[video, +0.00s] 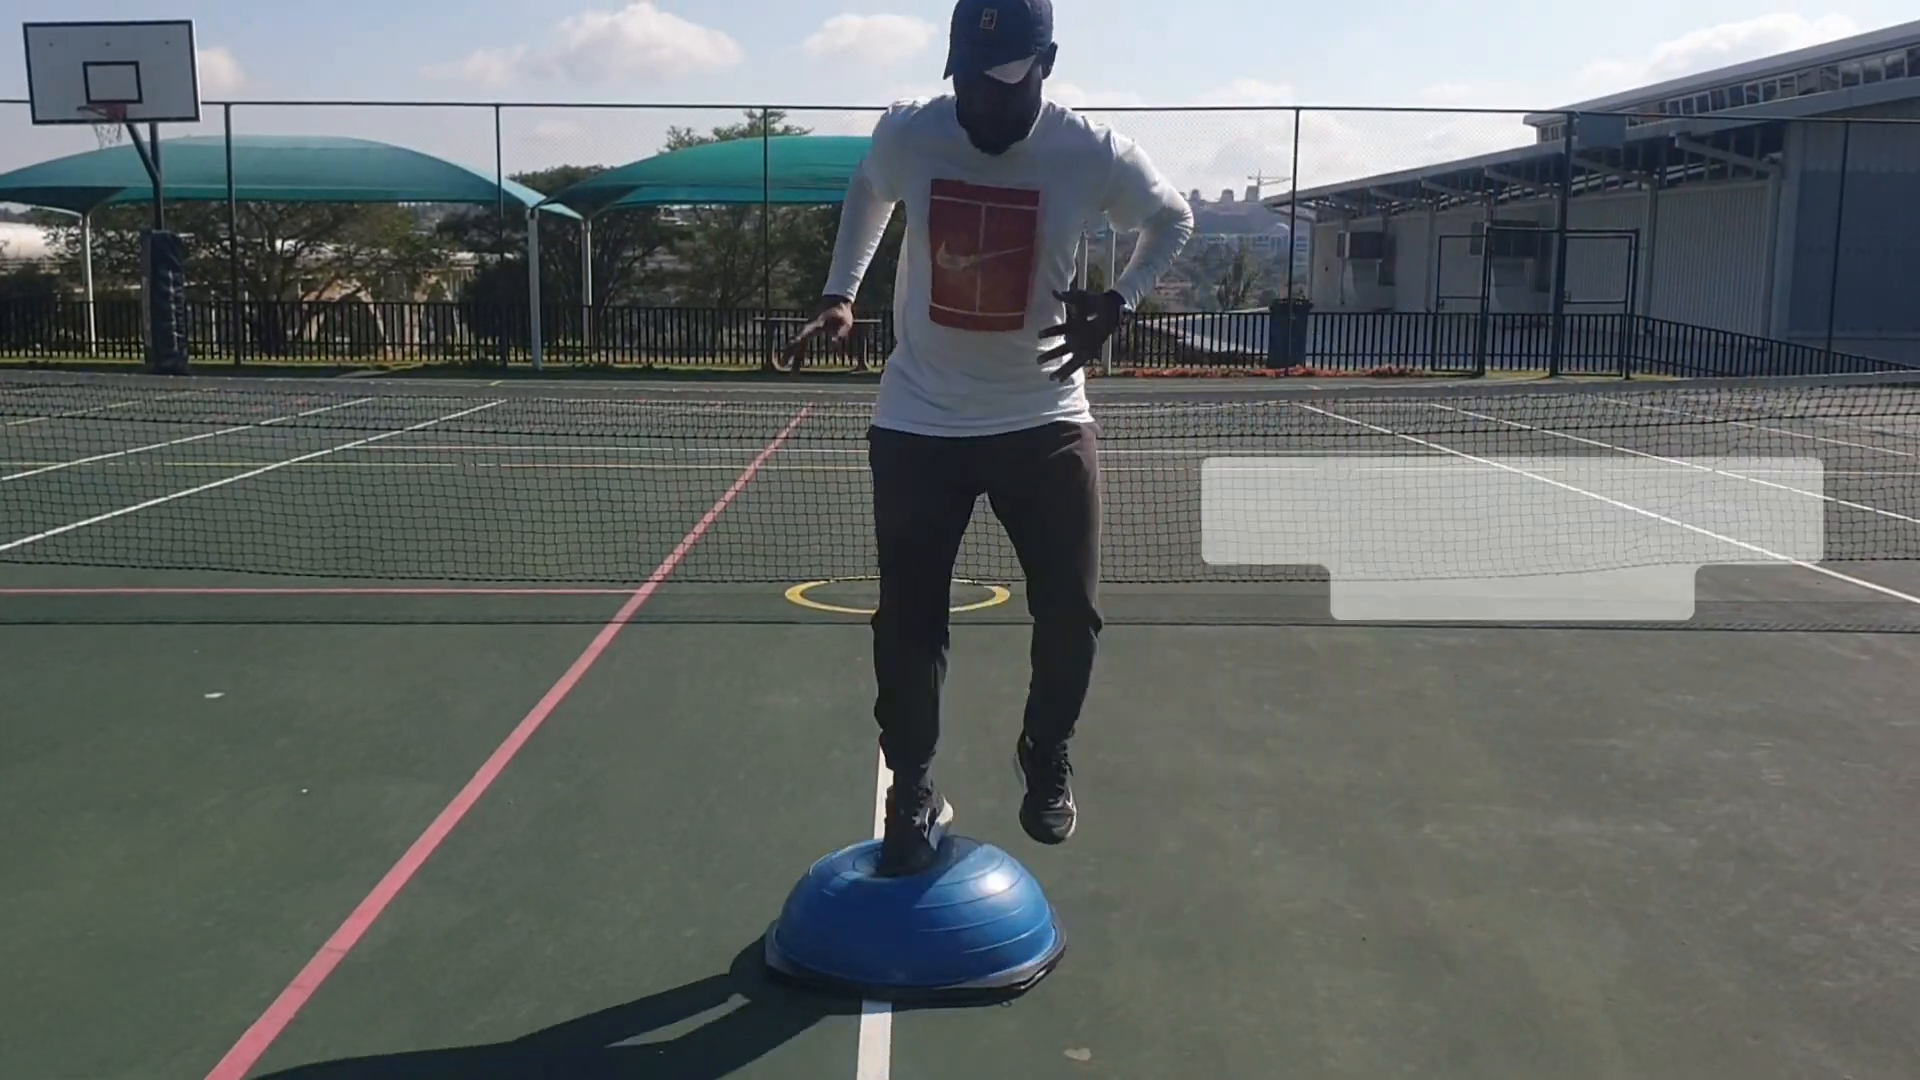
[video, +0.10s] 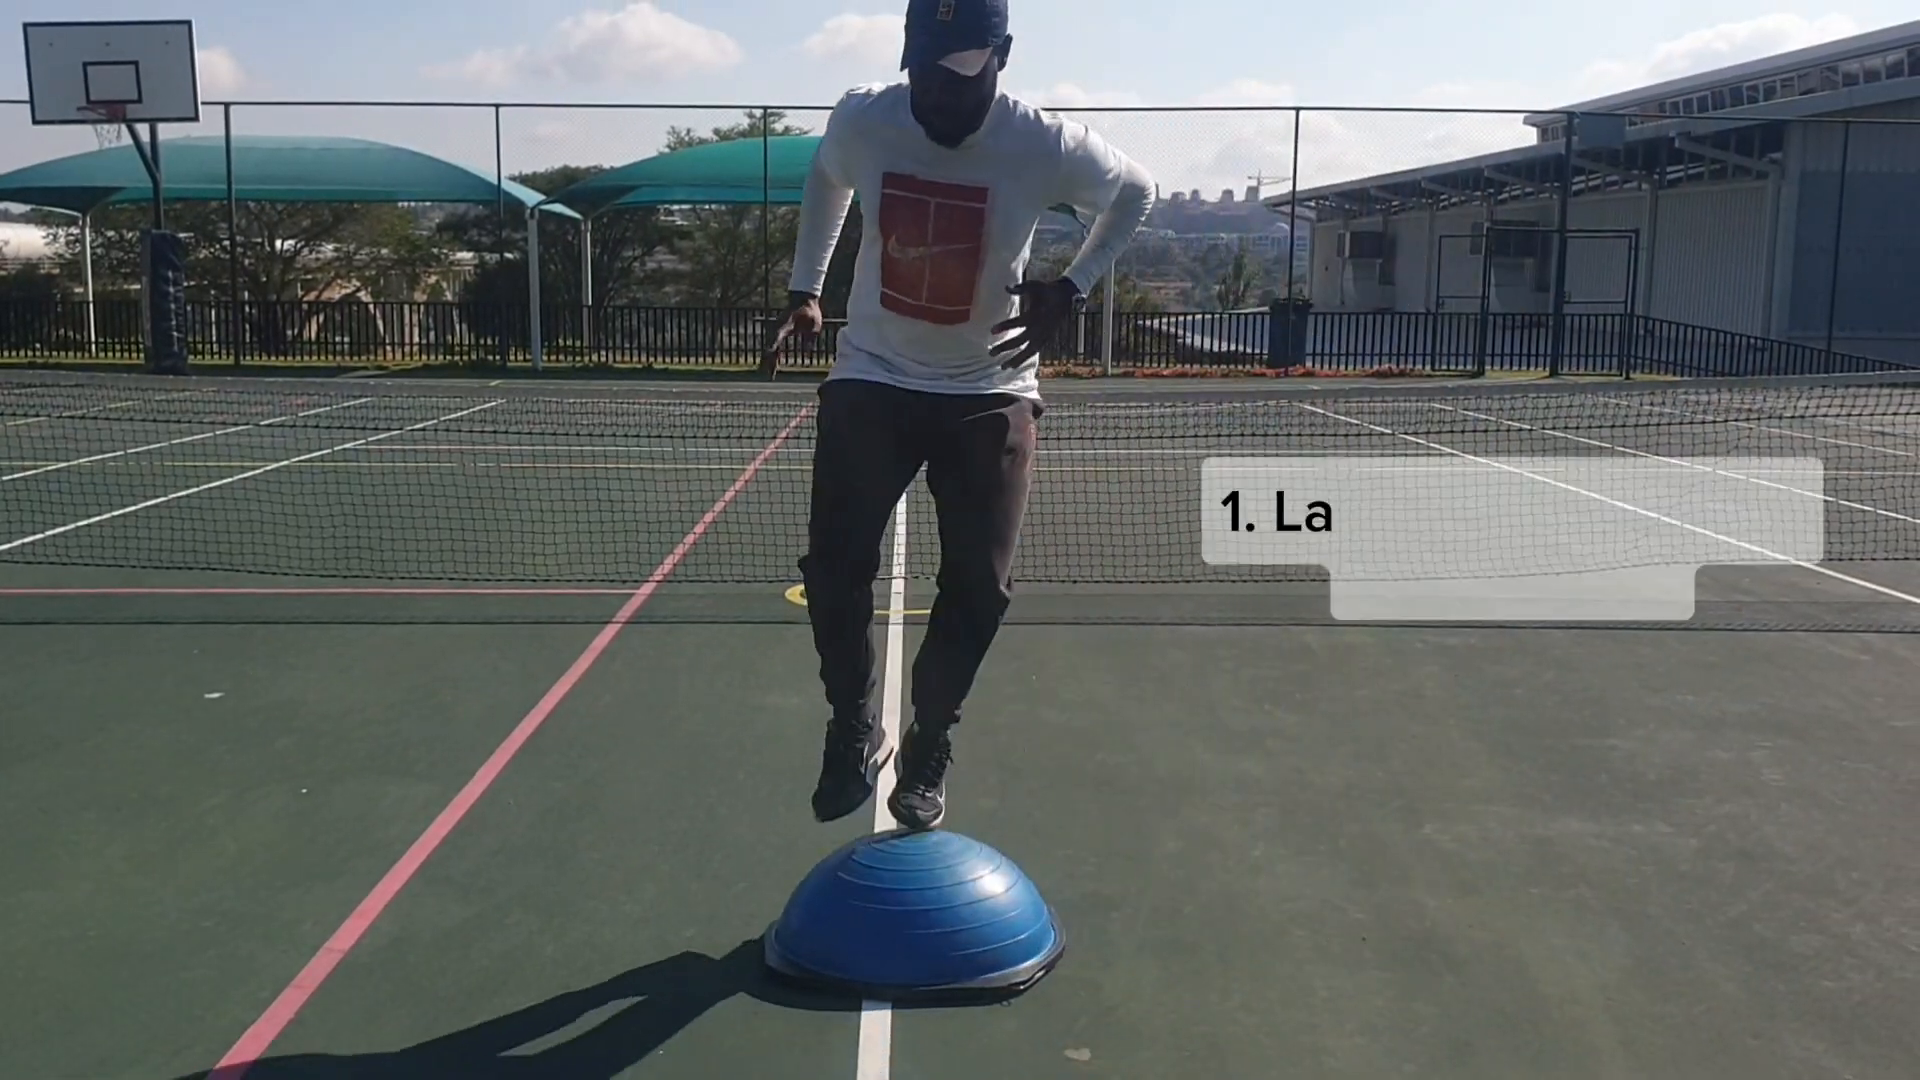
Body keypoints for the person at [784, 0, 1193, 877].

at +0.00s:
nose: (983, 99)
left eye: (1003, 81)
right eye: (971, 80)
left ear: (1041, 66)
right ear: (954, 64)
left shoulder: (1085, 152)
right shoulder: (906, 134)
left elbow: (1173, 218)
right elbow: (871, 194)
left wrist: (1118, 301)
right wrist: (841, 290)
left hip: (1043, 419)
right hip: (919, 419)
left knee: (1070, 608)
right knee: (908, 613)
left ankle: (1048, 761)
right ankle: (912, 795)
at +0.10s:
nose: (941, 95)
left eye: (961, 79)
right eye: (929, 74)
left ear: (998, 61)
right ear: (908, 55)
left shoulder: (1040, 144)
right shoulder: (861, 123)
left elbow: (1133, 191)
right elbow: (828, 183)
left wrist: (1074, 283)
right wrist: (806, 290)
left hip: (989, 388)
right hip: (873, 376)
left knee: (981, 583)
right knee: (834, 565)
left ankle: (930, 742)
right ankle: (852, 724)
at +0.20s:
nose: (911, 117)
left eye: (929, 97)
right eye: (893, 96)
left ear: (956, 77)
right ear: (863, 78)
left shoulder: (1001, 165)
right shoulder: (817, 142)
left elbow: (1083, 206)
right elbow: (791, 202)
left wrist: (1019, 298)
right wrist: (771, 301)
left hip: (937, 421)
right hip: (823, 398)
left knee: (910, 626)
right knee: (749, 592)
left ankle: (883, 811)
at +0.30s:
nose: (866, 172)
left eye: (886, 152)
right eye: (850, 149)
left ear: (916, 141)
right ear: (823, 136)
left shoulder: (961, 226)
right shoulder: (776, 200)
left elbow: (1011, 266)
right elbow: (756, 262)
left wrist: (962, 346)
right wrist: (740, 353)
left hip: (893, 473)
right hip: (771, 473)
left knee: (921, 651)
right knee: (692, 668)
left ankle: (885, 796)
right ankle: (630, 837)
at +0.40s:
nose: (842, 233)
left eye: (859, 216)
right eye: (825, 213)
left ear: (884, 211)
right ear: (795, 207)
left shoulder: (925, 308)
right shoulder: (730, 293)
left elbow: (929, 383)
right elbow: (679, 379)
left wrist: (908, 427)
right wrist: (663, 489)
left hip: (861, 521)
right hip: (742, 523)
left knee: (914, 639)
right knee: (678, 689)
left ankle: (888, 787)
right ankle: (630, 851)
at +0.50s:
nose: (853, 216)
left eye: (869, 197)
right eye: (835, 198)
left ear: (891, 192)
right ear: (804, 195)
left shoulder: (932, 282)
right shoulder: (744, 286)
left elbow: (987, 365)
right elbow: (676, 385)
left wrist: (960, 390)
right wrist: (681, 439)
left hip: (875, 507)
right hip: (756, 512)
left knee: (917, 653)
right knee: (689, 687)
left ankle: (890, 808)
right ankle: (630, 851)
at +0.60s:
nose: (891, 138)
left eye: (907, 119)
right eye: (874, 120)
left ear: (935, 116)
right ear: (844, 117)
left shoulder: (974, 198)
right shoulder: (790, 205)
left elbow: (1063, 243)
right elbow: (686, 297)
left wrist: (1032, 272)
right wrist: (743, 295)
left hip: (920, 471)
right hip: (800, 471)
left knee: (927, 665)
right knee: (732, 662)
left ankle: (891, 834)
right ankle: (678, 818)